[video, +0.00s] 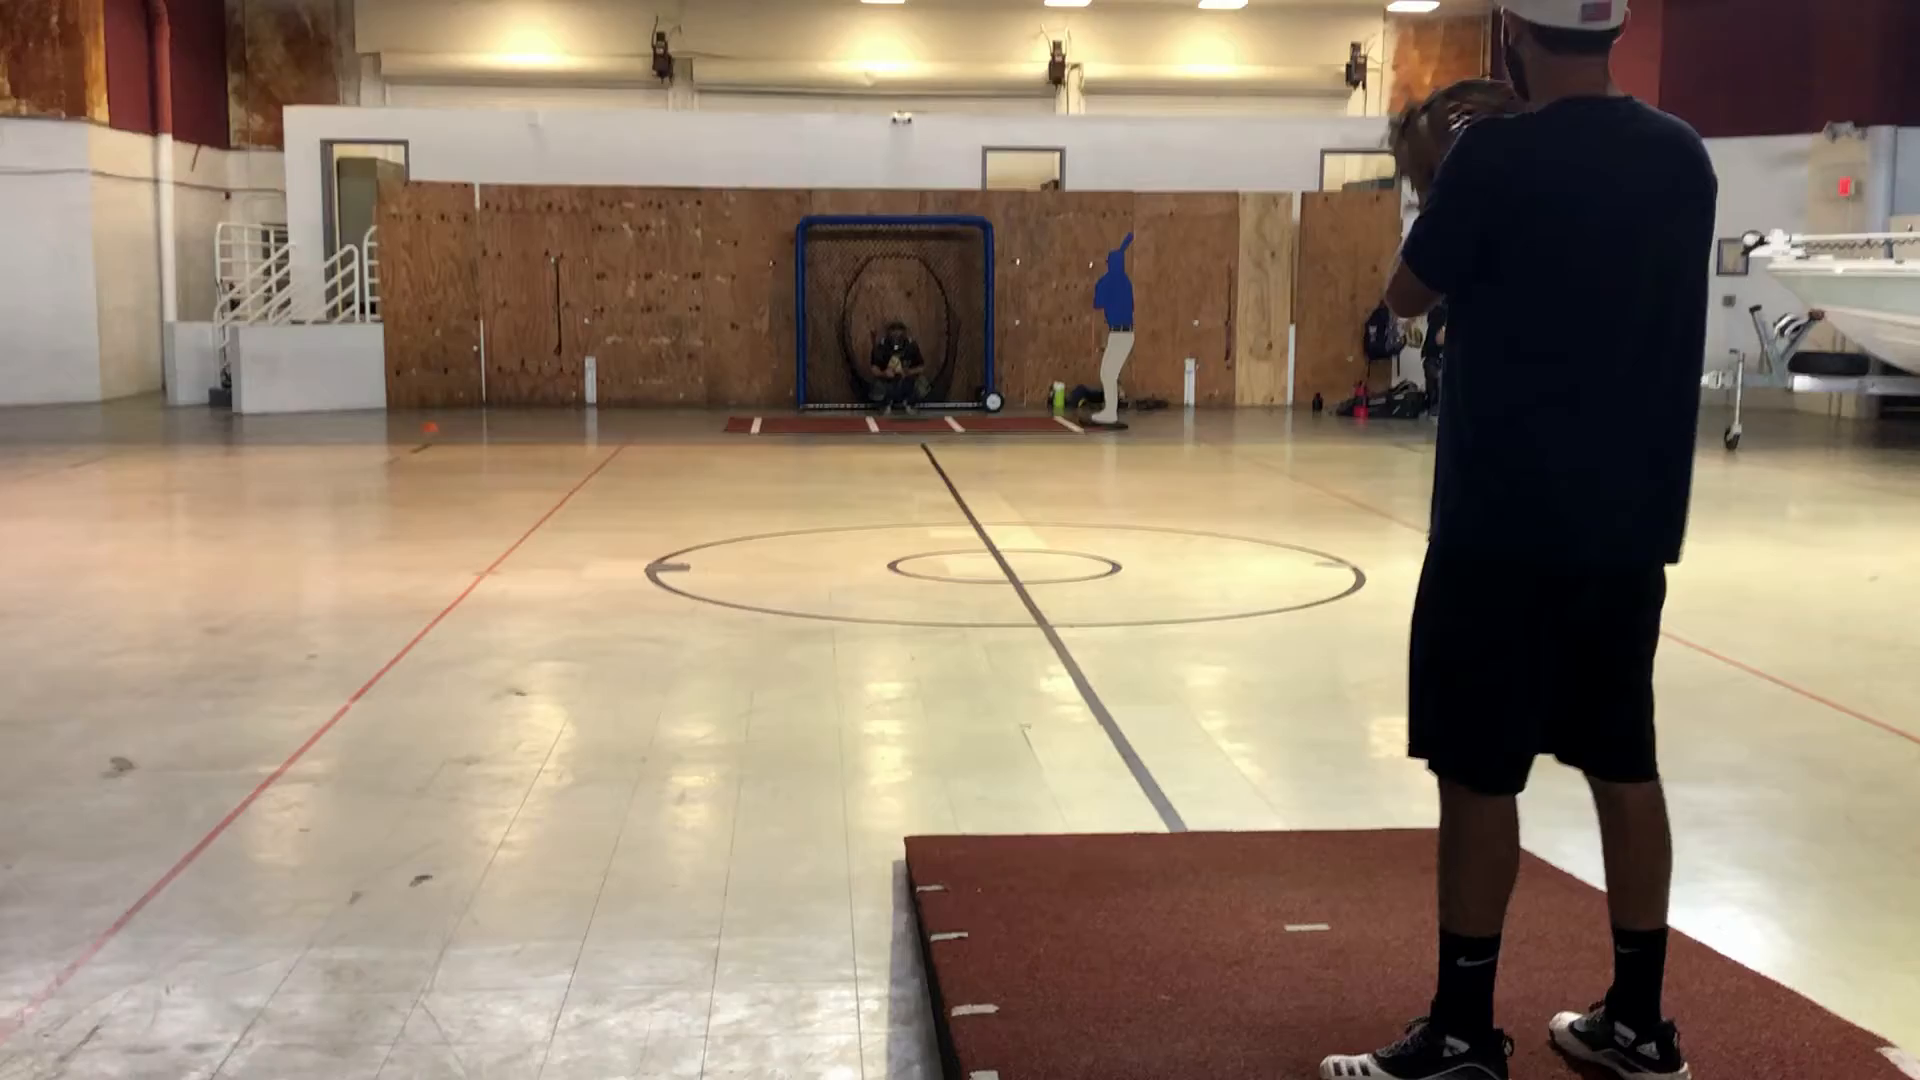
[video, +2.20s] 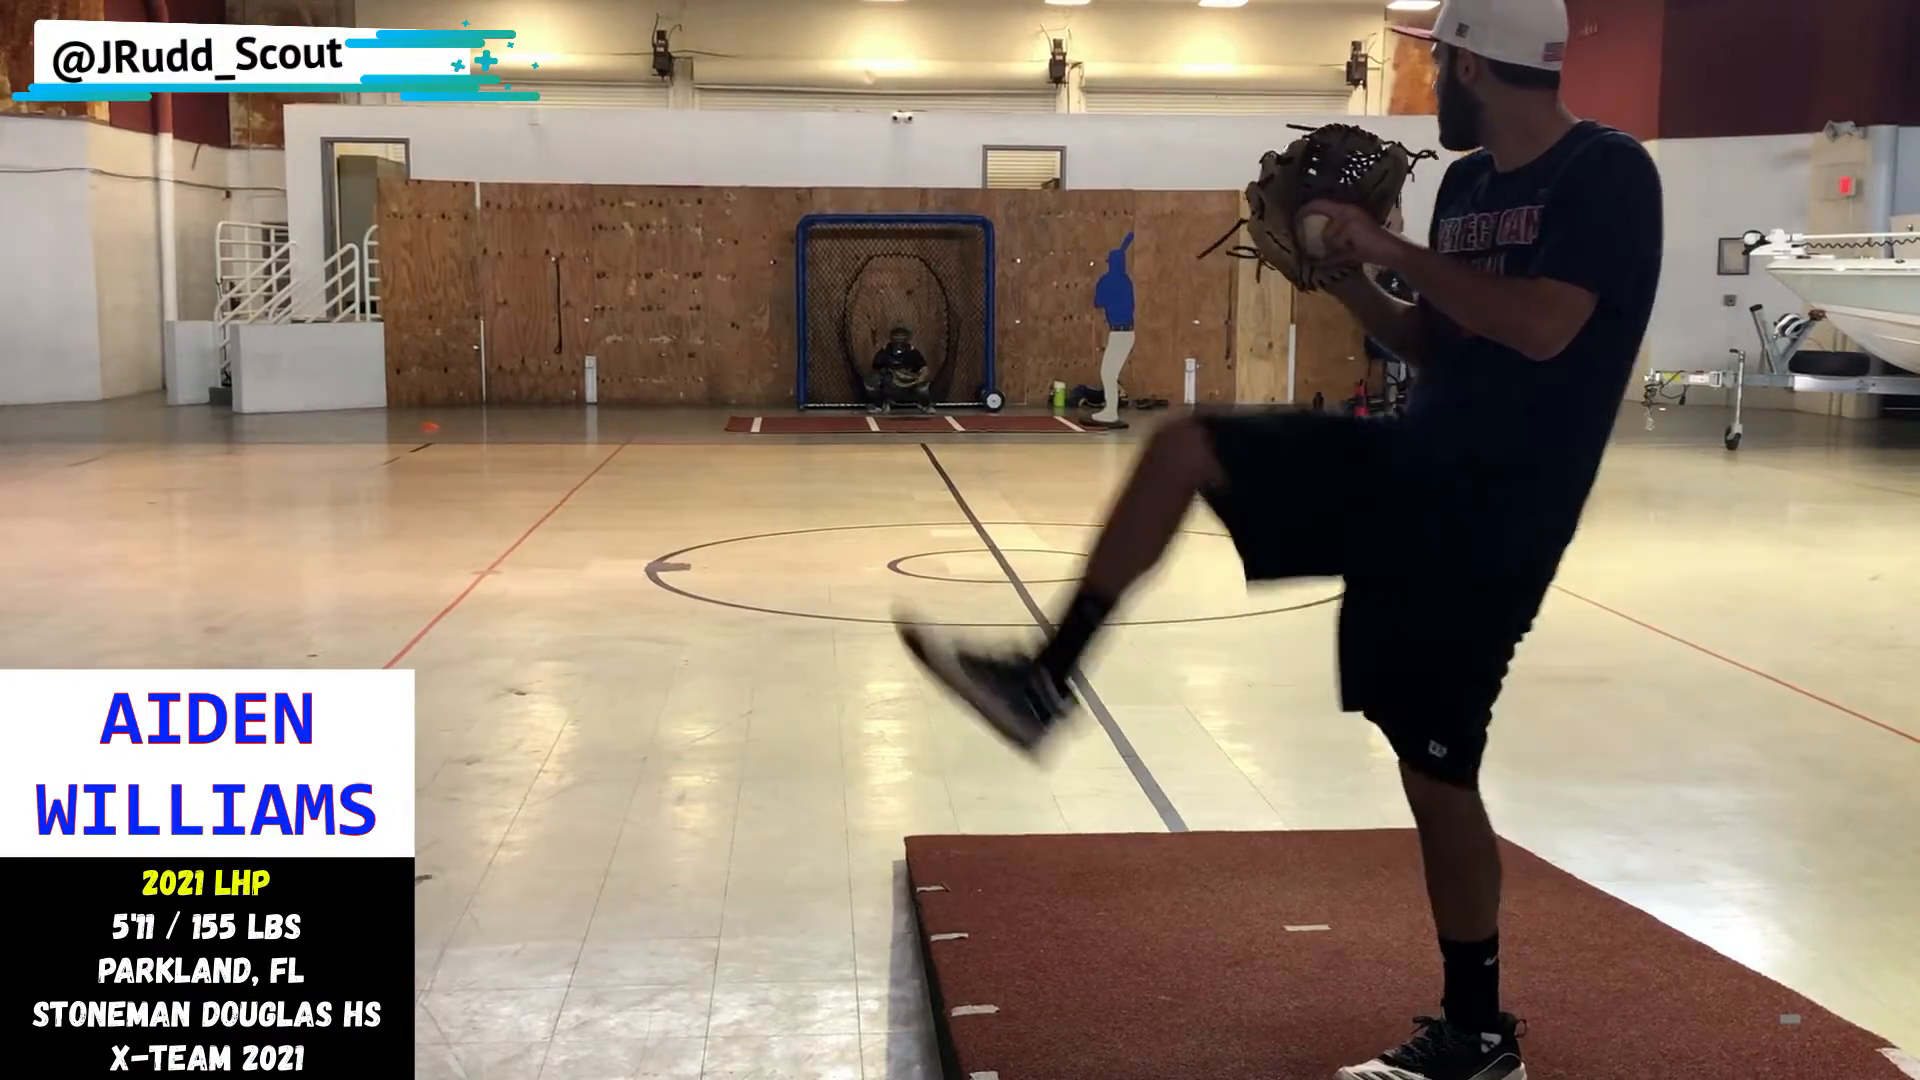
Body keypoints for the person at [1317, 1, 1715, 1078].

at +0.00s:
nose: (1500, 48)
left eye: (1502, 34)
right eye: (1509, 37)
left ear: (1515, 39)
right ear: (1618, 36)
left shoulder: (1493, 153)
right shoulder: (1682, 153)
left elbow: (1410, 293)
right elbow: (1622, 290)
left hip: (1497, 526)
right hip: (1630, 526)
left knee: (1478, 774)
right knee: (1626, 764)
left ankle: (1463, 1030)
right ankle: (1638, 1018)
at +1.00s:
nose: (1456, 95)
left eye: (1457, 66)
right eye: (1456, 69)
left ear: (1483, 62)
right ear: (1559, 65)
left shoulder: (1560, 171)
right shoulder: (1601, 165)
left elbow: (1567, 347)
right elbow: (1582, 347)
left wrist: (1438, 343)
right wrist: (1453, 336)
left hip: (1590, 540)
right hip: (1652, 534)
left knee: (1473, 755)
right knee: (1628, 766)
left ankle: (1459, 1030)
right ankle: (1696, 1001)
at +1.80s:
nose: (1461, 75)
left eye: (1467, 53)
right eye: (1464, 55)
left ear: (1496, 62)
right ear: (1542, 65)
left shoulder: (1630, 174)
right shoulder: (1501, 186)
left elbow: (1560, 326)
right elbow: (1477, 350)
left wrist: (1408, 243)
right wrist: (1374, 278)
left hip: (1587, 535)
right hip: (1515, 528)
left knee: (1465, 770)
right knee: (1522, 779)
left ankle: (1476, 1027)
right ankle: (1657, 958)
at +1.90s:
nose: (1456, 77)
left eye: (1466, 55)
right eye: (1459, 54)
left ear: (1498, 62)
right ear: (1534, 63)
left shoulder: (1632, 170)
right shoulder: (1492, 184)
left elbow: (1563, 322)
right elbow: (1466, 351)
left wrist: (1407, 245)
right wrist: (1367, 277)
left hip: (1560, 533)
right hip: (1471, 514)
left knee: (1453, 766)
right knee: (1371, 733)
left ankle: (1477, 1031)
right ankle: (1535, 883)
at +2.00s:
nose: (1453, 75)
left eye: (1458, 50)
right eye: (1456, 53)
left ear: (1489, 54)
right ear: (1539, 56)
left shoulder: (1632, 168)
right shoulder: (1483, 181)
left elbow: (1564, 321)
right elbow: (1457, 349)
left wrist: (1400, 245)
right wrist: (1362, 277)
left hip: (1543, 531)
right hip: (1441, 499)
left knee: (1451, 775)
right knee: (1275, 658)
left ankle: (1476, 1026)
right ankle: (1365, 860)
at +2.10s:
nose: (1448, 73)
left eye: (1458, 51)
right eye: (1451, 52)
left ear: (1496, 57)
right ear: (1520, 61)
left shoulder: (1623, 168)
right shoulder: (1477, 183)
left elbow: (1559, 322)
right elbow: (1446, 346)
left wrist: (1388, 247)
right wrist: (1349, 276)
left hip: (1517, 519)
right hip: (1422, 481)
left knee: (1448, 772)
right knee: (1207, 552)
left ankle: (1477, 1028)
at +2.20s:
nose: (1436, 79)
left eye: (1442, 56)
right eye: (1439, 59)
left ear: (1475, 58)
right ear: (1524, 60)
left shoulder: (1611, 171)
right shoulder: (1463, 183)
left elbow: (1542, 324)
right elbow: (1432, 345)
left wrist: (1385, 245)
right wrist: (1339, 273)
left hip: (1492, 517)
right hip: (1405, 472)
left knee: (1437, 768)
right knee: (1183, 445)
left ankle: (1476, 1028)